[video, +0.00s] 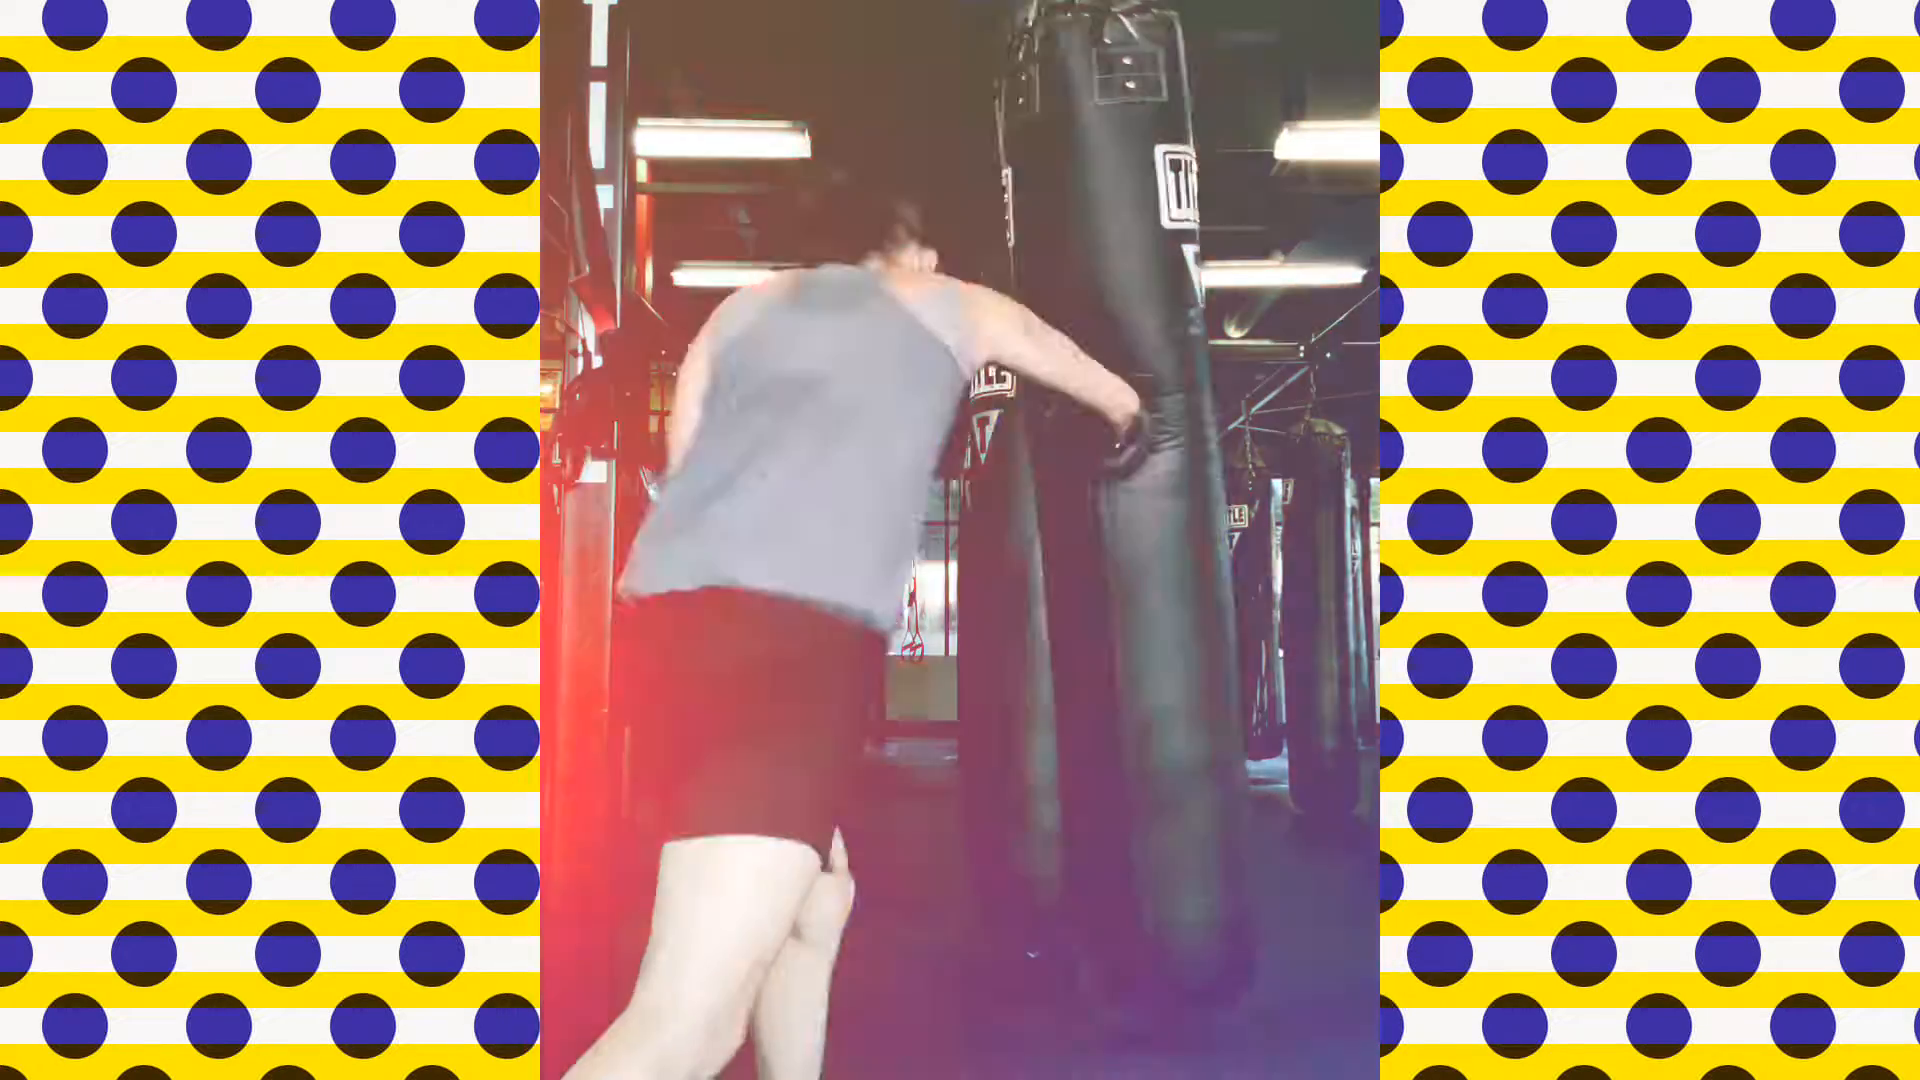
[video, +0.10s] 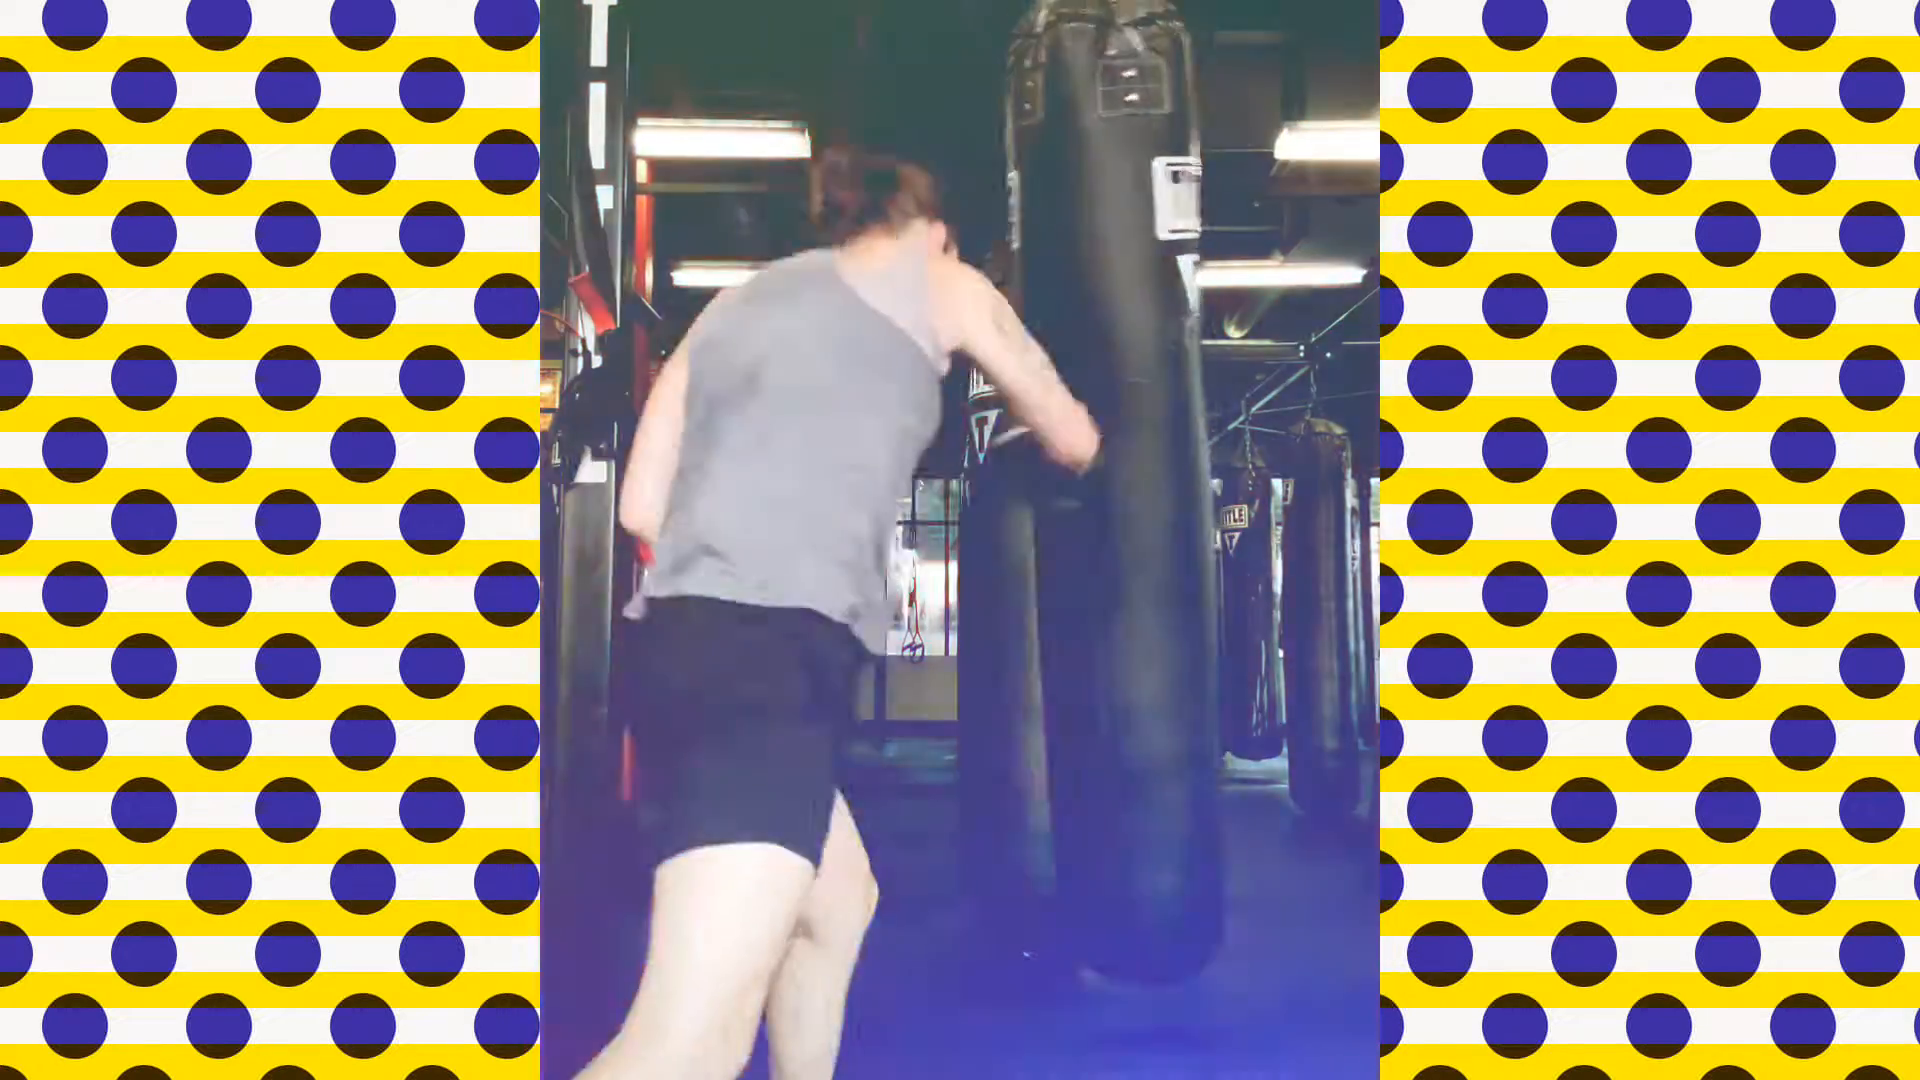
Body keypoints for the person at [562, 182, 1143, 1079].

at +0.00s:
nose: (959, 253)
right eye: (956, 233)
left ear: (834, 211)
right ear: (930, 224)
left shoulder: (742, 305)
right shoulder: (959, 308)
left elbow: (684, 462)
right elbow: (1119, 399)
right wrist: (1128, 432)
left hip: (660, 627)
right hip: (794, 638)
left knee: (814, 905)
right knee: (677, 1025)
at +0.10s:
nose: (950, 253)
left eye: (951, 241)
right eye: (951, 240)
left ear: (832, 216)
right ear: (926, 224)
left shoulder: (729, 307)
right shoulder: (937, 280)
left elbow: (643, 507)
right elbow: (1076, 439)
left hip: (676, 648)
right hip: (768, 652)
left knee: (840, 902)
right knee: (683, 1044)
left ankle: (805, 1078)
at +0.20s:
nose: (903, 222)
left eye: (906, 198)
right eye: (906, 193)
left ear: (799, 154)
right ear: (877, 160)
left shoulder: (731, 236)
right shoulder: (804, 238)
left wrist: (914, 507)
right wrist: (960, 520)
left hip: (696, 678)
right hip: (653, 681)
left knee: (814, 943)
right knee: (641, 1050)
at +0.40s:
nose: (835, 179)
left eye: (848, 151)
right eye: (846, 143)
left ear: (783, 95)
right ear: (804, 96)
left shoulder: (675, 231)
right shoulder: (597, 209)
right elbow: (646, 520)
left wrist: (766, 398)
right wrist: (807, 471)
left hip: (669, 689)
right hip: (551, 708)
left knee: (806, 956)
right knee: (541, 1048)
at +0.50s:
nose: (914, 235)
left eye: (925, 212)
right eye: (922, 205)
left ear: (866, 157)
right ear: (885, 156)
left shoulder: (793, 295)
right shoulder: (714, 218)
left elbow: (793, 385)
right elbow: (557, 334)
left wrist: (929, 345)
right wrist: (673, 499)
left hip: (684, 664)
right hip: (592, 653)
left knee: (808, 937)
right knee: (543, 1005)